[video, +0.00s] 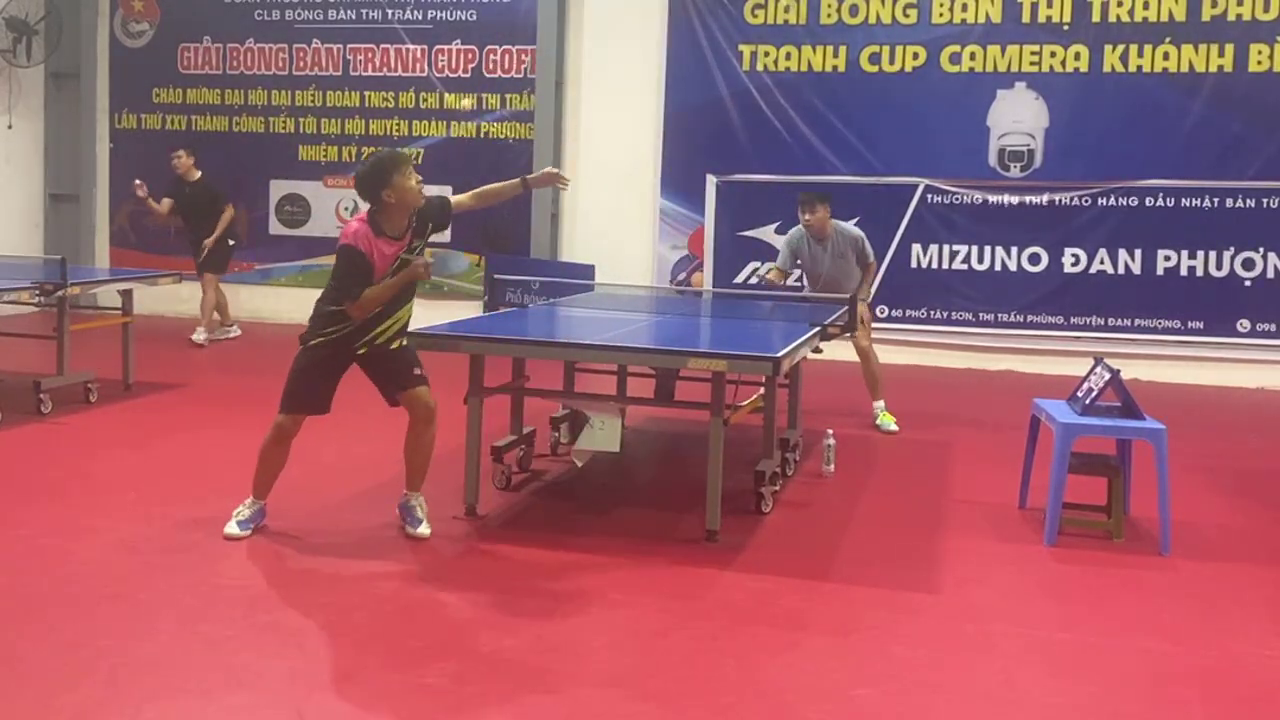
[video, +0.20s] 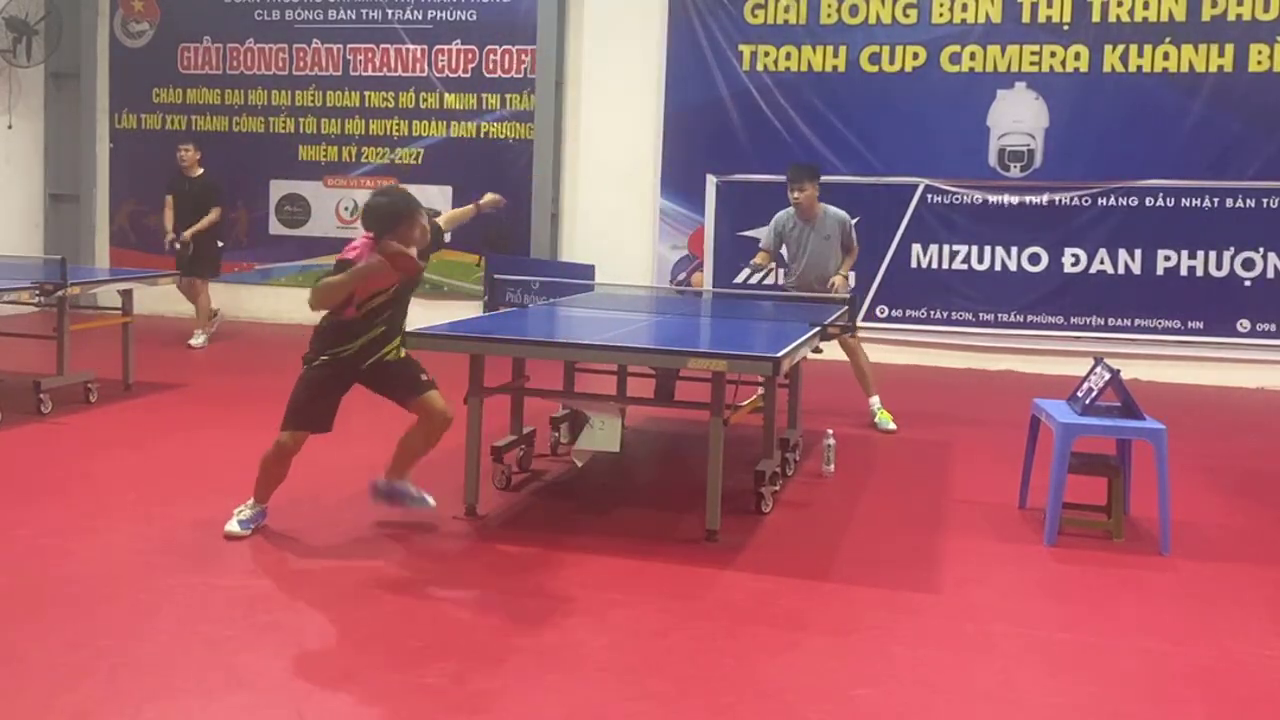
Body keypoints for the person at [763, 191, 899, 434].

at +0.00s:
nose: (806, 218)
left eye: (812, 213)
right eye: (802, 213)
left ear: (828, 212)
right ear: (799, 214)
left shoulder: (852, 235)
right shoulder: (795, 238)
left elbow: (870, 265)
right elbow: (780, 272)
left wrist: (861, 298)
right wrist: (773, 278)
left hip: (853, 301)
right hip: (816, 302)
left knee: (863, 347)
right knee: (784, 340)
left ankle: (880, 410)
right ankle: (766, 394)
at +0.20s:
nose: (795, 196)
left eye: (801, 190)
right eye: (792, 190)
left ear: (816, 190)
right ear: (788, 191)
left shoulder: (839, 219)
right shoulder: (782, 220)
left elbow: (852, 250)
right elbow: (767, 252)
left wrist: (842, 273)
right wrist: (762, 261)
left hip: (832, 298)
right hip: (793, 298)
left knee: (850, 343)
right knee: (774, 339)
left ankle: (876, 407)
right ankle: (766, 392)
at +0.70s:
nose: (787, 206)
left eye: (793, 199)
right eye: (784, 200)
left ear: (809, 199)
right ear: (780, 201)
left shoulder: (833, 228)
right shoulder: (774, 229)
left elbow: (852, 257)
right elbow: (746, 247)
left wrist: (849, 274)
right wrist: (734, 252)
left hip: (826, 306)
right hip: (784, 306)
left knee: (848, 356)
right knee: (744, 338)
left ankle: (850, 403)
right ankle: (740, 394)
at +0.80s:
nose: (770, 211)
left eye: (776, 206)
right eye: (767, 206)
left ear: (792, 205)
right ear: (763, 207)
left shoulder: (817, 231)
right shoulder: (757, 234)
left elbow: (837, 258)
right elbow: (723, 250)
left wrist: (844, 278)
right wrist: (719, 256)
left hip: (814, 311)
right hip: (773, 311)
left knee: (836, 355)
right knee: (739, 350)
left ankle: (848, 403)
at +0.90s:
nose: (750, 219)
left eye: (755, 212)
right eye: (746, 213)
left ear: (771, 211)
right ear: (743, 215)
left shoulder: (793, 234)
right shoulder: (737, 240)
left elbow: (816, 259)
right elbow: (703, 256)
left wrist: (835, 280)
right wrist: (701, 260)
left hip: (792, 312)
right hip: (750, 314)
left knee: (817, 353)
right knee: (717, 356)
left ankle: (847, 403)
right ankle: (709, 411)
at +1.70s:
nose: (765, 184)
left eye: (771, 179)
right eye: (760, 180)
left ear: (782, 180)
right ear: (755, 184)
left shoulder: (804, 211)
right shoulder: (746, 217)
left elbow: (817, 245)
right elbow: (729, 251)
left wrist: (809, 262)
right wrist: (714, 258)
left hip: (797, 291)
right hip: (756, 289)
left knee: (811, 347)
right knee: (725, 332)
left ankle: (809, 399)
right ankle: (713, 390)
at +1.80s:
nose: (757, 186)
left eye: (763, 180)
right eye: (754, 181)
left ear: (778, 179)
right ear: (750, 183)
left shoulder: (801, 209)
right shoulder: (745, 217)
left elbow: (814, 245)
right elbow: (728, 248)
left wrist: (795, 263)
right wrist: (713, 258)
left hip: (798, 290)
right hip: (756, 288)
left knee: (816, 343)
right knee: (726, 330)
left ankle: (824, 396)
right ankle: (714, 387)